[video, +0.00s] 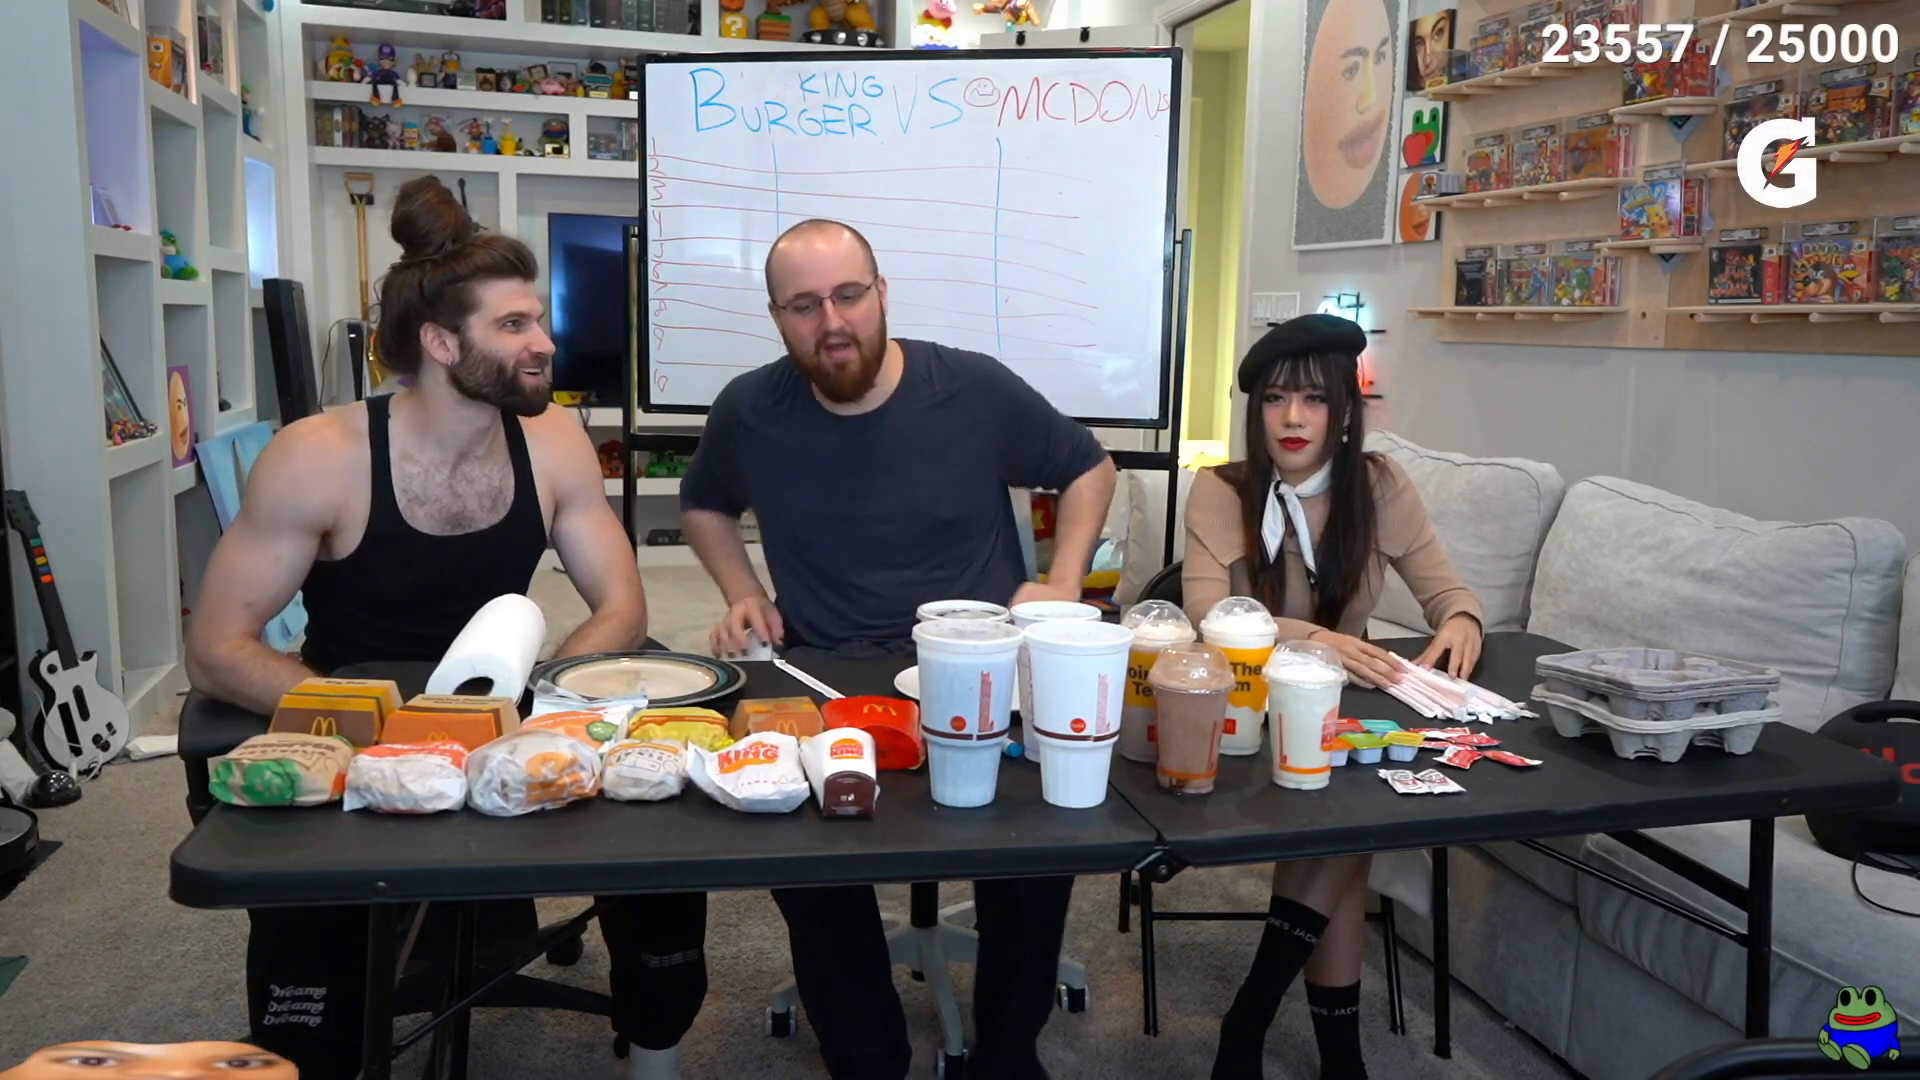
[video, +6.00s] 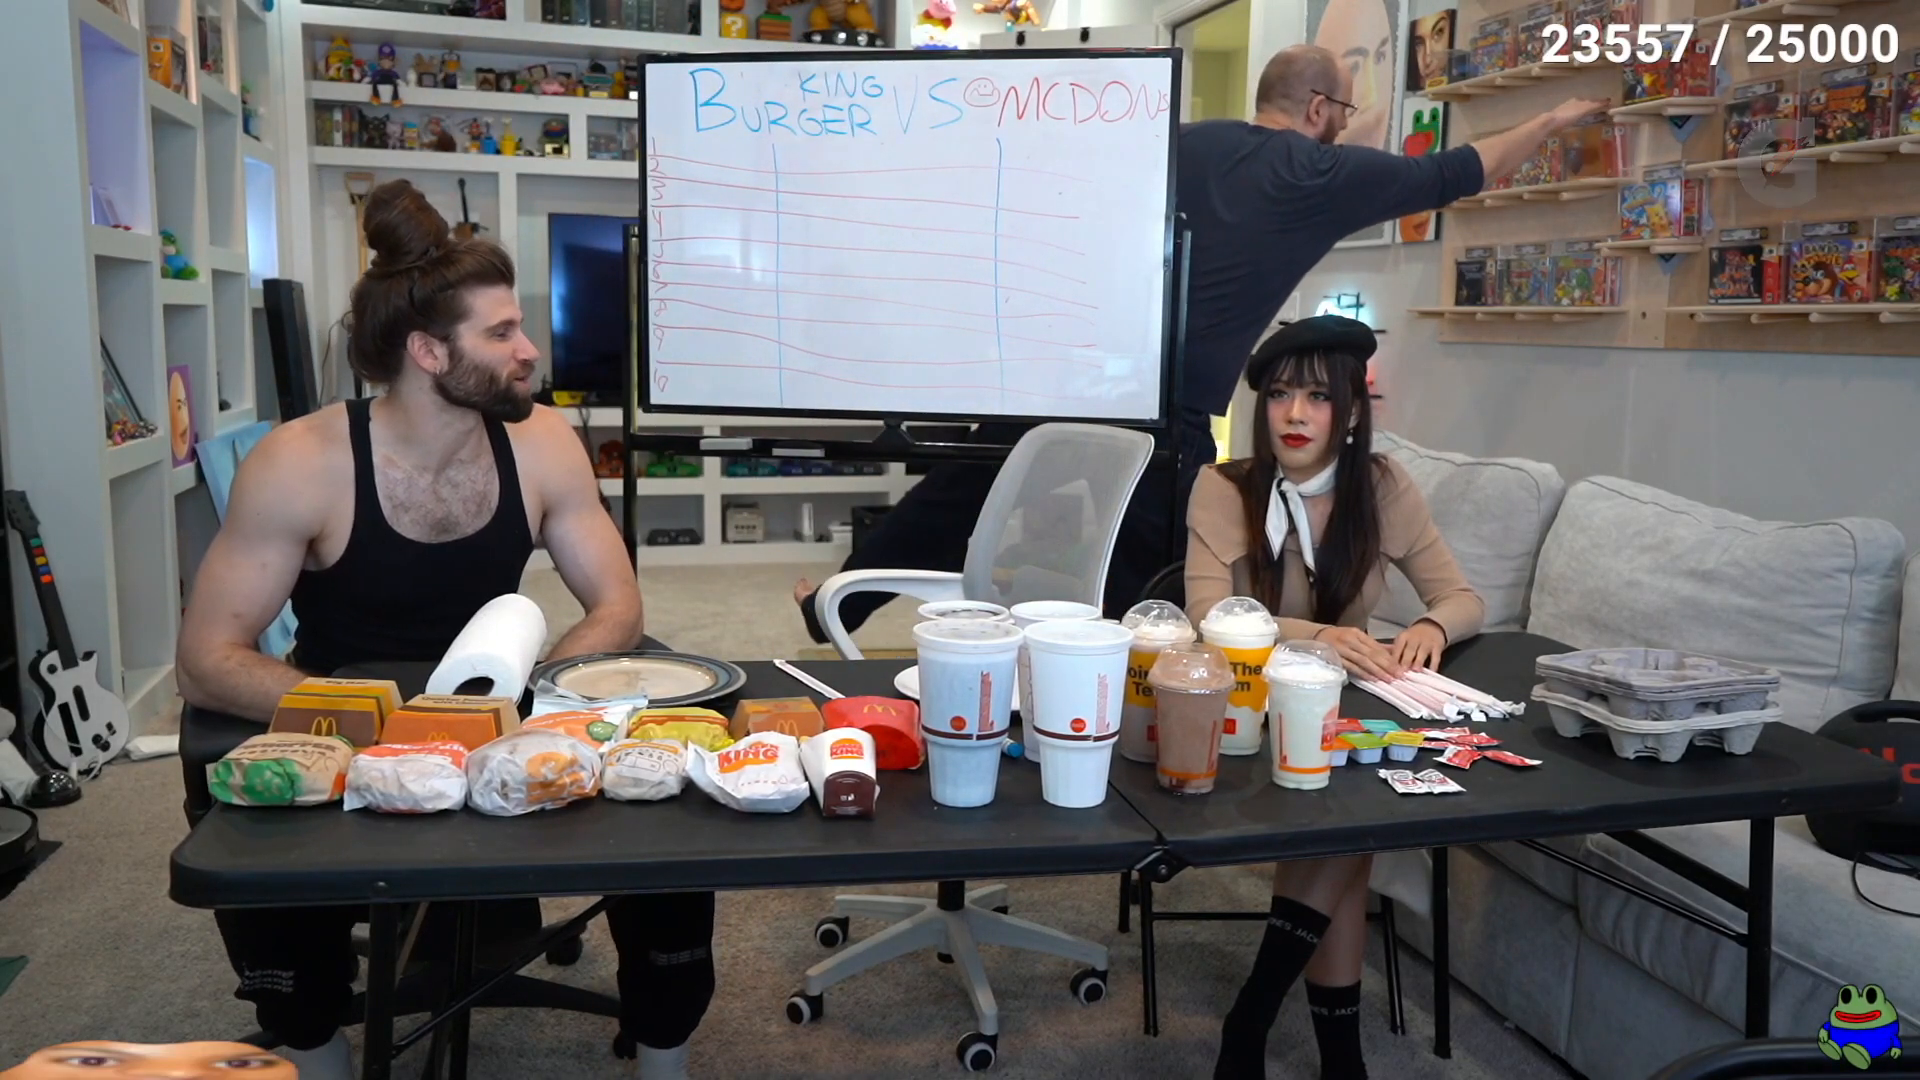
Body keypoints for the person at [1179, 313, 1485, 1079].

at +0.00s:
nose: (1292, 417)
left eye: (1314, 399)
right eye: (1276, 398)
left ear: (1347, 411)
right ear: (1255, 406)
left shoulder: (1377, 482)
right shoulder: (1220, 492)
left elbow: (1445, 593)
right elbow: (1209, 622)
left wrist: (1462, 621)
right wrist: (1310, 635)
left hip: (1336, 703)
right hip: (1240, 708)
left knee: (1348, 813)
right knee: (1350, 830)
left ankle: (1246, 1023)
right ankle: (1343, 1064)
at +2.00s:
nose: (1297, 420)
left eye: (1319, 402)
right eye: (1281, 399)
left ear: (1350, 413)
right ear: (1258, 405)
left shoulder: (1379, 485)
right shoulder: (1221, 491)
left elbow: (1456, 595)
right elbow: (1209, 622)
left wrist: (1447, 625)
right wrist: (1313, 635)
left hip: (1336, 704)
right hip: (1239, 710)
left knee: (1346, 814)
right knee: (1351, 830)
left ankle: (1246, 1024)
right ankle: (1343, 1064)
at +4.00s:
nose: (1243, 411)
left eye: (1267, 395)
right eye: (1239, 389)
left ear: (1317, 409)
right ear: (1229, 393)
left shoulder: (1369, 486)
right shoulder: (1210, 490)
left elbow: (1458, 597)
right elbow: (1210, 622)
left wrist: (1444, 624)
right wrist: (1309, 630)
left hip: (1336, 707)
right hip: (1236, 711)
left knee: (1338, 818)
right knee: (1346, 834)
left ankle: (1241, 1026)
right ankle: (1342, 1064)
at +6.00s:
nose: (1295, 413)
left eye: (1318, 396)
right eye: (1282, 393)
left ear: (1353, 410)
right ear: (1261, 403)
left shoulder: (1380, 483)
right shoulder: (1225, 488)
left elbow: (1464, 599)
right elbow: (1211, 619)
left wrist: (1432, 624)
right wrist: (1313, 633)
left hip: (1344, 702)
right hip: (1246, 707)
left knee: (1347, 818)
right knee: (1351, 834)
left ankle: (1247, 1025)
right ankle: (1343, 1063)